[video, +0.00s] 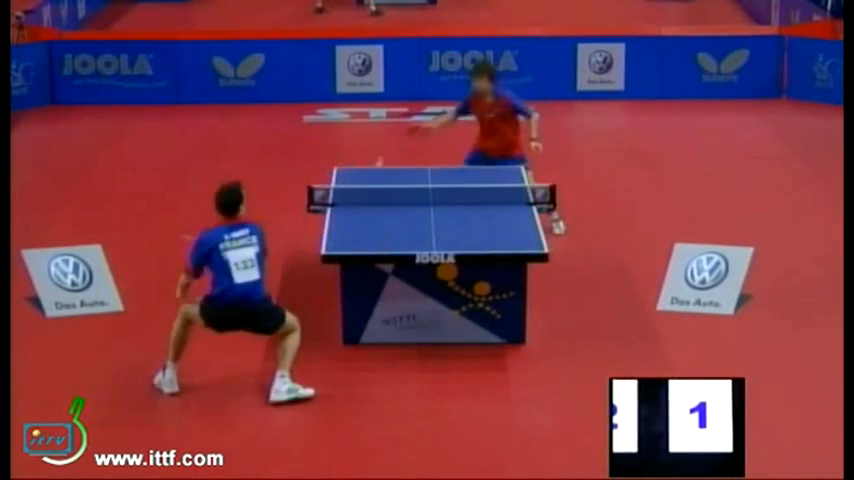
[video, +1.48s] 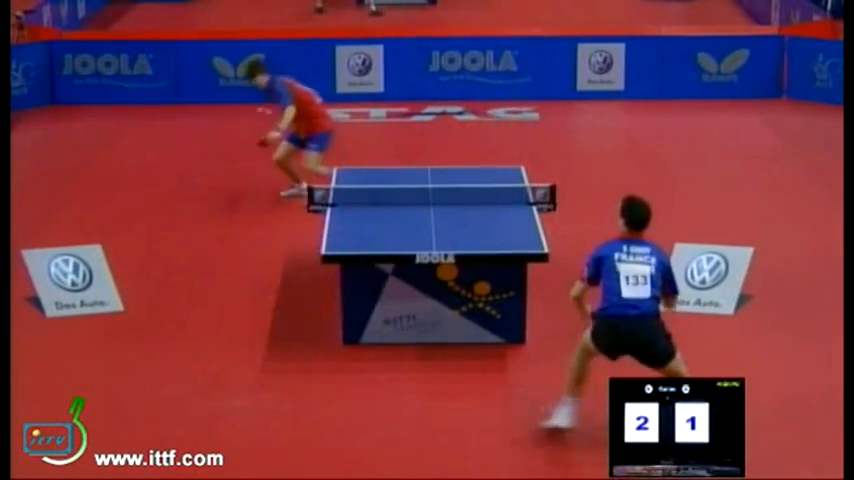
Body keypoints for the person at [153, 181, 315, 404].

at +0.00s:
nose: (245, 207)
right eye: (243, 203)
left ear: (218, 208)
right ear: (241, 207)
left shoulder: (208, 238)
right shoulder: (256, 232)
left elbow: (190, 275)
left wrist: (181, 291)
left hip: (222, 312)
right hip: (257, 309)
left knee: (186, 313)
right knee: (292, 328)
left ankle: (169, 374)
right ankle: (283, 382)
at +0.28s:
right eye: (282, 190)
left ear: (261, 191)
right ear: (284, 193)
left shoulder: (241, 220)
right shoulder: (289, 225)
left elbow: (219, 259)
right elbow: (306, 269)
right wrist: (314, 266)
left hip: (238, 294)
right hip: (272, 295)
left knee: (222, 323)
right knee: (322, 330)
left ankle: (199, 379)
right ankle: (329, 391)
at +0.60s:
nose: (402, 252)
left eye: (402, 247)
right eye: (399, 247)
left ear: (384, 243)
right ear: (387, 247)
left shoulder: (380, 256)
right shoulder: (368, 274)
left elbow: (412, 262)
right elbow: (352, 318)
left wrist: (443, 268)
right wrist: (375, 357)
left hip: (318, 309)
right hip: (330, 319)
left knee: (303, 356)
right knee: (374, 370)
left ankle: (243, 374)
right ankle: (336, 430)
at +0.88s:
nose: (530, 229)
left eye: (528, 223)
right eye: (529, 224)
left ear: (505, 218)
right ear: (523, 226)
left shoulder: (481, 232)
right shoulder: (519, 259)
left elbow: (448, 262)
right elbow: (546, 291)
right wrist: (571, 274)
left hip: (456, 303)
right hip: (465, 312)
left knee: (513, 328)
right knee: (439, 384)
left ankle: (527, 392)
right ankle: (370, 410)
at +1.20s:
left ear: (605, 237)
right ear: (631, 239)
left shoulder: (588, 265)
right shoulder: (633, 268)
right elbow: (668, 297)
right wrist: (687, 298)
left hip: (577, 340)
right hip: (605, 341)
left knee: (624, 373)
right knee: (641, 373)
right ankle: (607, 419)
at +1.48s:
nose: (618, 220)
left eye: (620, 217)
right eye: (621, 216)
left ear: (622, 221)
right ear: (647, 222)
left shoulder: (605, 251)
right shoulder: (657, 254)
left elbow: (577, 293)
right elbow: (670, 300)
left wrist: (586, 315)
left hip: (610, 325)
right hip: (647, 327)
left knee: (584, 352)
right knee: (679, 374)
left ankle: (567, 407)